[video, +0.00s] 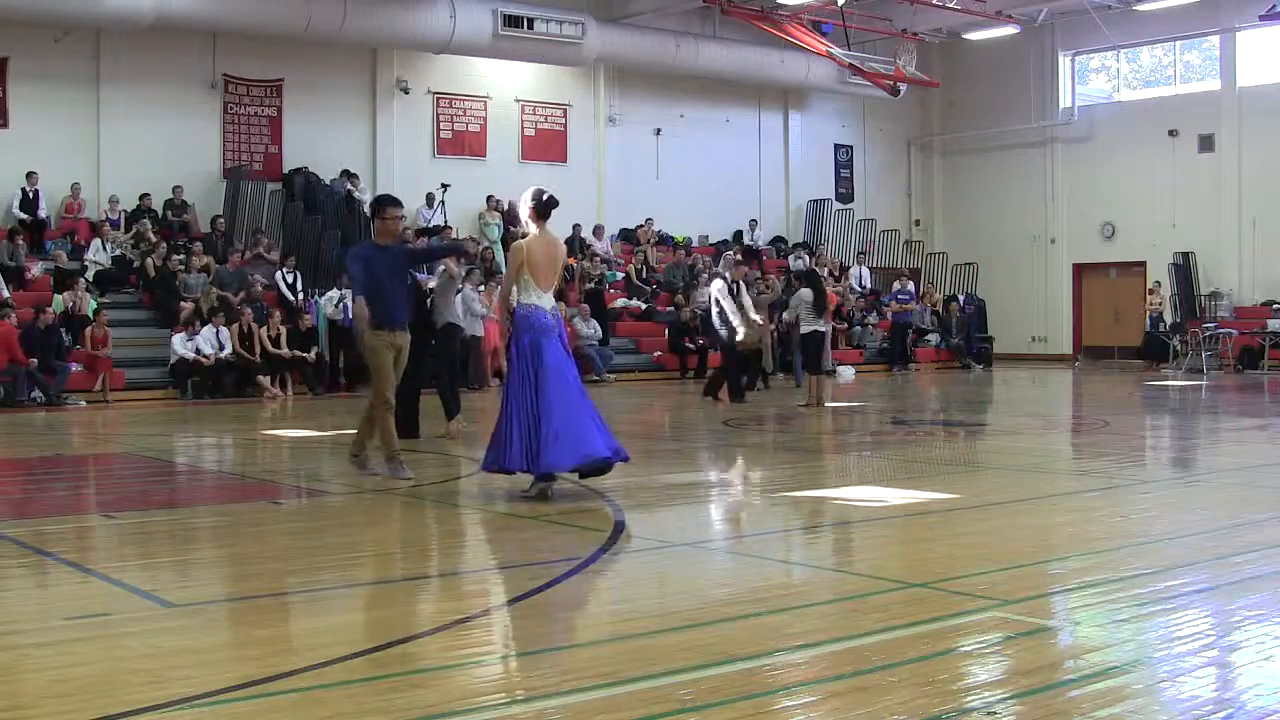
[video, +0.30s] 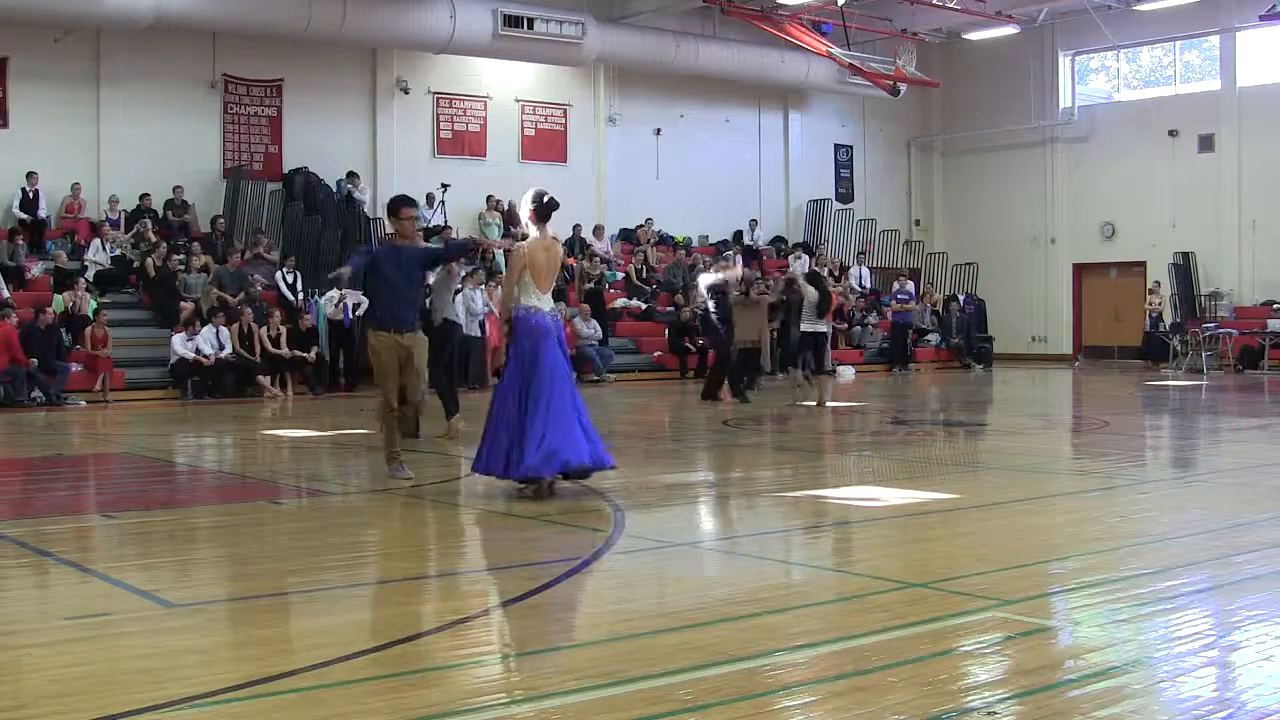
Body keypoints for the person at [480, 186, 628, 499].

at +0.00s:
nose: (519, 211)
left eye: (521, 206)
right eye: (521, 206)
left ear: (530, 211)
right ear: (546, 211)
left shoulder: (521, 247)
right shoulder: (560, 246)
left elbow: (506, 290)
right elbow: (554, 287)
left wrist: (505, 316)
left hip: (529, 321)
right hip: (552, 320)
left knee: (535, 393)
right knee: (553, 389)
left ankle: (543, 467)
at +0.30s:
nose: (522, 212)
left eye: (524, 208)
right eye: (525, 207)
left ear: (529, 212)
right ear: (549, 212)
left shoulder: (522, 249)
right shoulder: (557, 248)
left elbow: (509, 290)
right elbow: (548, 285)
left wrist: (503, 317)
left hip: (527, 322)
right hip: (551, 322)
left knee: (528, 393)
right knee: (549, 392)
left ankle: (533, 464)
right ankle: (547, 459)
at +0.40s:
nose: (518, 212)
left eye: (521, 208)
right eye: (520, 207)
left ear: (528, 213)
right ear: (546, 214)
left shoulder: (522, 248)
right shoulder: (555, 247)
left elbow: (509, 287)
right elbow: (544, 282)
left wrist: (499, 313)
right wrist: (516, 249)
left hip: (526, 323)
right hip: (549, 323)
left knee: (522, 393)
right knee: (547, 394)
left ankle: (521, 466)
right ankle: (546, 465)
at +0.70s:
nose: (508, 217)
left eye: (510, 213)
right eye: (510, 212)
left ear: (518, 219)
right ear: (536, 219)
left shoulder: (517, 250)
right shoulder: (541, 251)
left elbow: (488, 282)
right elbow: (524, 286)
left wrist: (463, 309)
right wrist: (492, 289)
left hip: (514, 327)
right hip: (534, 327)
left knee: (507, 395)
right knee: (538, 394)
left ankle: (503, 466)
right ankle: (547, 463)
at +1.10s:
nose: (490, 218)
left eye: (494, 214)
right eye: (491, 213)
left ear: (507, 218)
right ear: (516, 219)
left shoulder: (499, 249)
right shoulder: (527, 250)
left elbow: (463, 272)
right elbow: (520, 282)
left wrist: (431, 287)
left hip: (492, 322)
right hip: (513, 322)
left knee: (490, 390)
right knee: (511, 389)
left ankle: (494, 457)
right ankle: (514, 455)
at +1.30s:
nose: (490, 217)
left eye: (494, 213)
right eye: (491, 212)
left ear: (507, 218)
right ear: (514, 220)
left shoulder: (499, 248)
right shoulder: (521, 249)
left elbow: (458, 257)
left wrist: (425, 266)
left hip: (488, 320)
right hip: (505, 320)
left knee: (488, 389)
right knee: (500, 389)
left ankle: (492, 459)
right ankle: (495, 458)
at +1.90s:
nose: (486, 216)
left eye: (490, 211)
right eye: (488, 211)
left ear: (505, 216)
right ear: (511, 218)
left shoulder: (499, 249)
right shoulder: (521, 249)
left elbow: (464, 241)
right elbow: (477, 248)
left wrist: (432, 226)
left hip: (492, 321)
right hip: (510, 320)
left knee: (491, 390)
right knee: (508, 389)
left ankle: (492, 456)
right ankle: (507, 452)